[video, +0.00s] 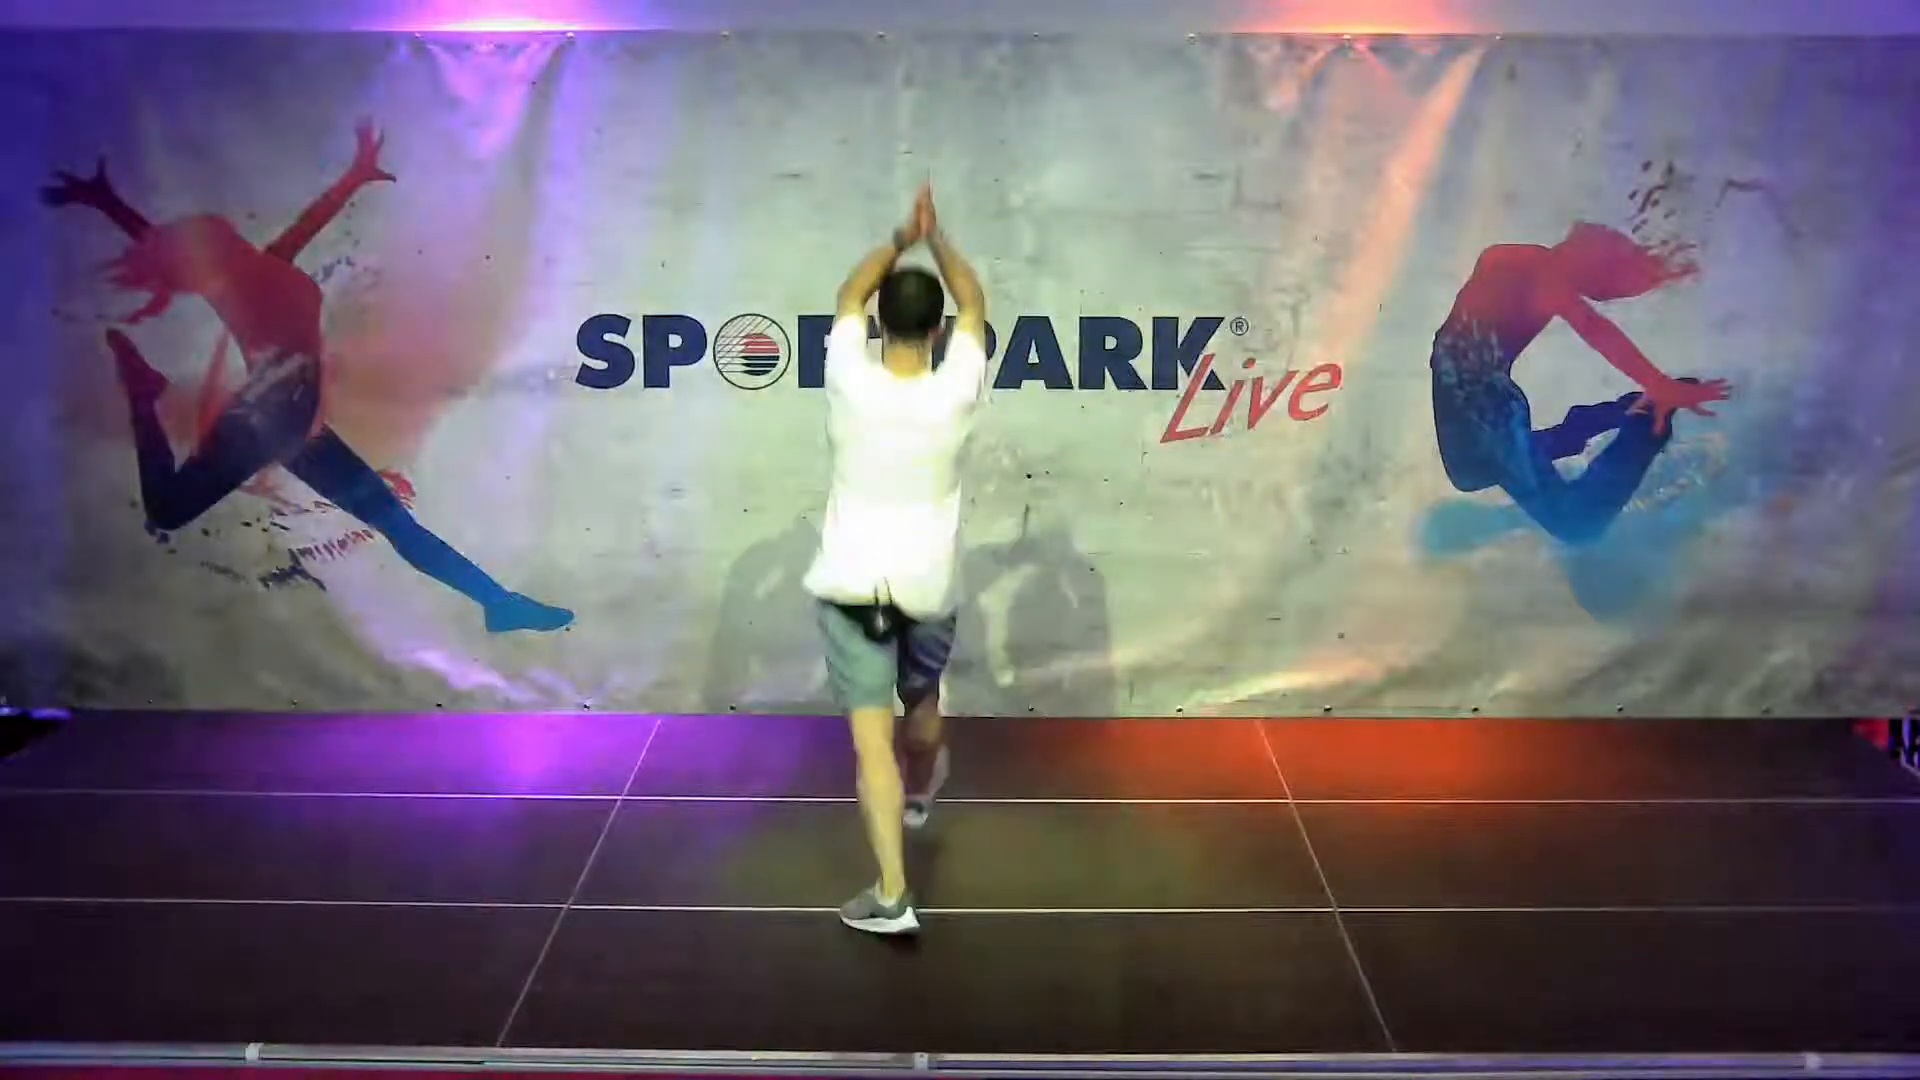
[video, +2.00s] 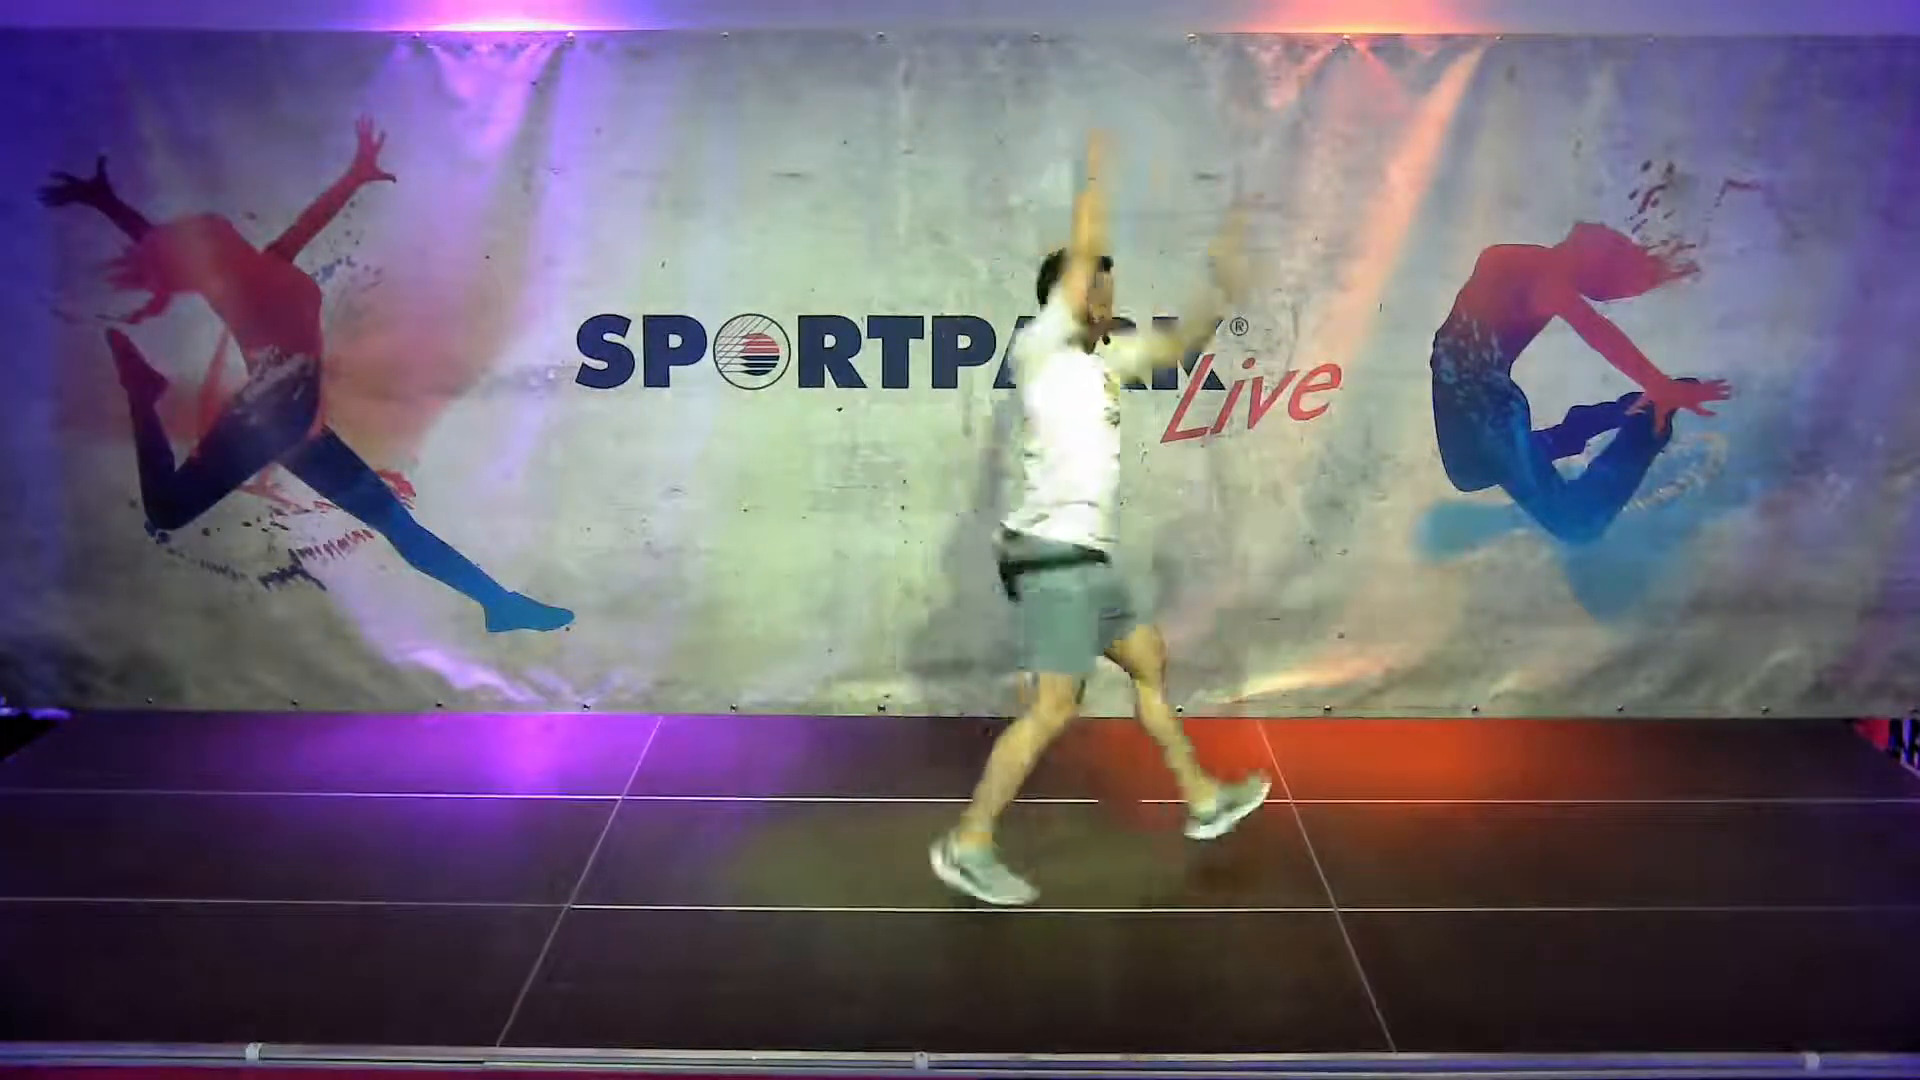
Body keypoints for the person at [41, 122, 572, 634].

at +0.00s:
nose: (184, 286)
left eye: (183, 267)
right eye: (178, 269)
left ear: (209, 255)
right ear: (203, 256)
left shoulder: (267, 268)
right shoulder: (237, 277)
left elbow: (309, 221)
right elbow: (157, 247)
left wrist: (358, 175)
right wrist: (104, 201)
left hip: (302, 428)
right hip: (261, 423)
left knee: (390, 516)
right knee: (166, 511)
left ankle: (500, 603)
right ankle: (142, 394)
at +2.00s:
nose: (182, 280)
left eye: (179, 261)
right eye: (177, 261)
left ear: (204, 250)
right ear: (198, 249)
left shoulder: (264, 268)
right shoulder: (229, 274)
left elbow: (308, 223)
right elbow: (159, 244)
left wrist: (358, 175)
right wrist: (105, 202)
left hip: (298, 426)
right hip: (264, 419)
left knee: (388, 515)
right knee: (166, 511)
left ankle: (500, 602)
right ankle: (143, 396)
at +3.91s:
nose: (199, 267)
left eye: (196, 254)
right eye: (195, 253)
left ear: (213, 250)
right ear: (194, 261)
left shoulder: (271, 269)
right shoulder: (227, 280)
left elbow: (309, 222)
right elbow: (149, 240)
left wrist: (359, 174)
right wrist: (99, 195)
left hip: (302, 428)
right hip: (258, 425)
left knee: (390, 515)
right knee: (165, 509)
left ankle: (497, 599)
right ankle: (140, 394)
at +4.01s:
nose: (219, 245)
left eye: (214, 237)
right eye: (206, 245)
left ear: (224, 240)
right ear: (198, 261)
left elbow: (313, 218)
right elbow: (157, 246)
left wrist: (358, 174)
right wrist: (100, 197)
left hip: (299, 427)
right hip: (257, 426)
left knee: (395, 521)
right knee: (166, 508)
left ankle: (508, 609)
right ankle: (141, 393)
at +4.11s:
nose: (171, 288)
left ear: (210, 249)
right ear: (210, 247)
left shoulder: (268, 266)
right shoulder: (233, 279)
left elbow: (312, 219)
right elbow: (156, 244)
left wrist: (359, 173)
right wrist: (102, 198)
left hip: (294, 425)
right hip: (262, 423)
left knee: (389, 515)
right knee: (167, 513)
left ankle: (497, 598)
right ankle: (140, 393)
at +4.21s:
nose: (176, 292)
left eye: (177, 274)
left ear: (213, 250)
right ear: (214, 247)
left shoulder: (268, 265)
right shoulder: (237, 280)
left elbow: (311, 220)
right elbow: (158, 247)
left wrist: (358, 174)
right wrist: (104, 199)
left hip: (296, 425)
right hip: (263, 423)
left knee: (391, 517)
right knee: (167, 513)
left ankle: (497, 598)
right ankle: (141, 395)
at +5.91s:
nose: (185, 286)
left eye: (183, 267)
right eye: (184, 267)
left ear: (204, 254)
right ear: (204, 252)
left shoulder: (261, 270)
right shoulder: (240, 281)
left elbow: (307, 223)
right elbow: (157, 243)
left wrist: (357, 176)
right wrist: (103, 199)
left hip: (297, 426)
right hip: (262, 422)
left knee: (388, 516)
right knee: (166, 510)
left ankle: (500, 602)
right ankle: (139, 389)